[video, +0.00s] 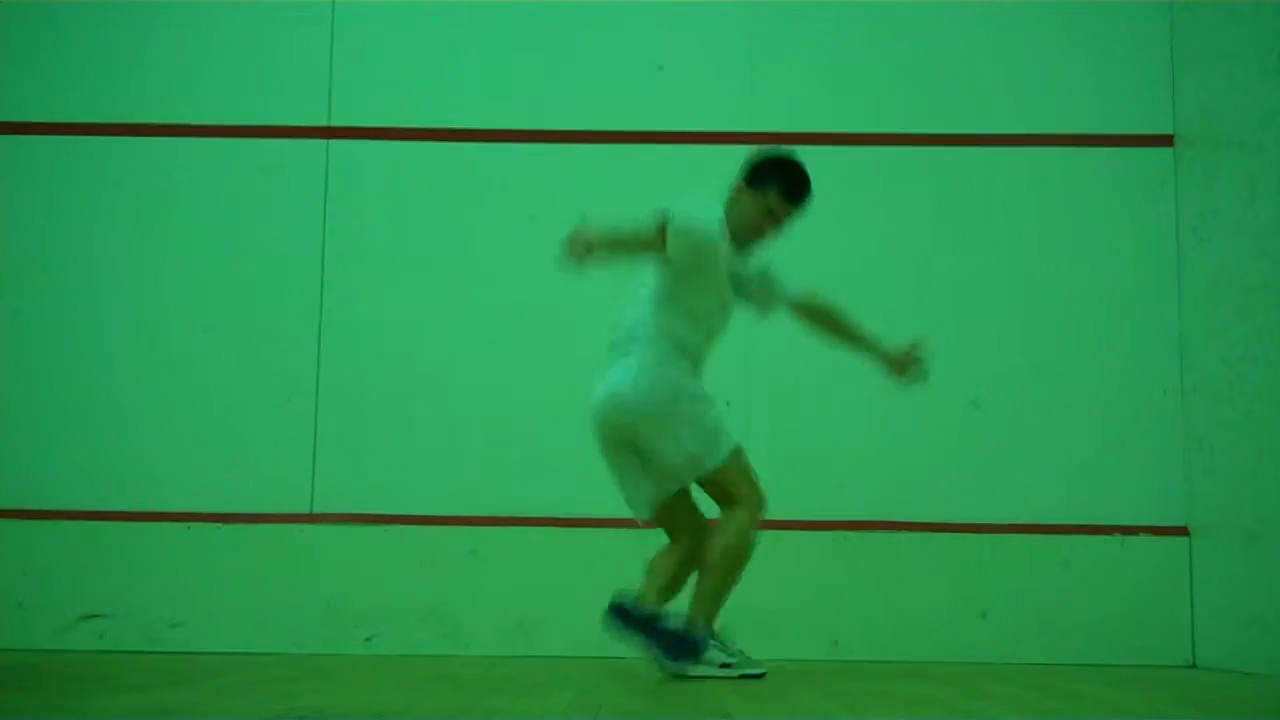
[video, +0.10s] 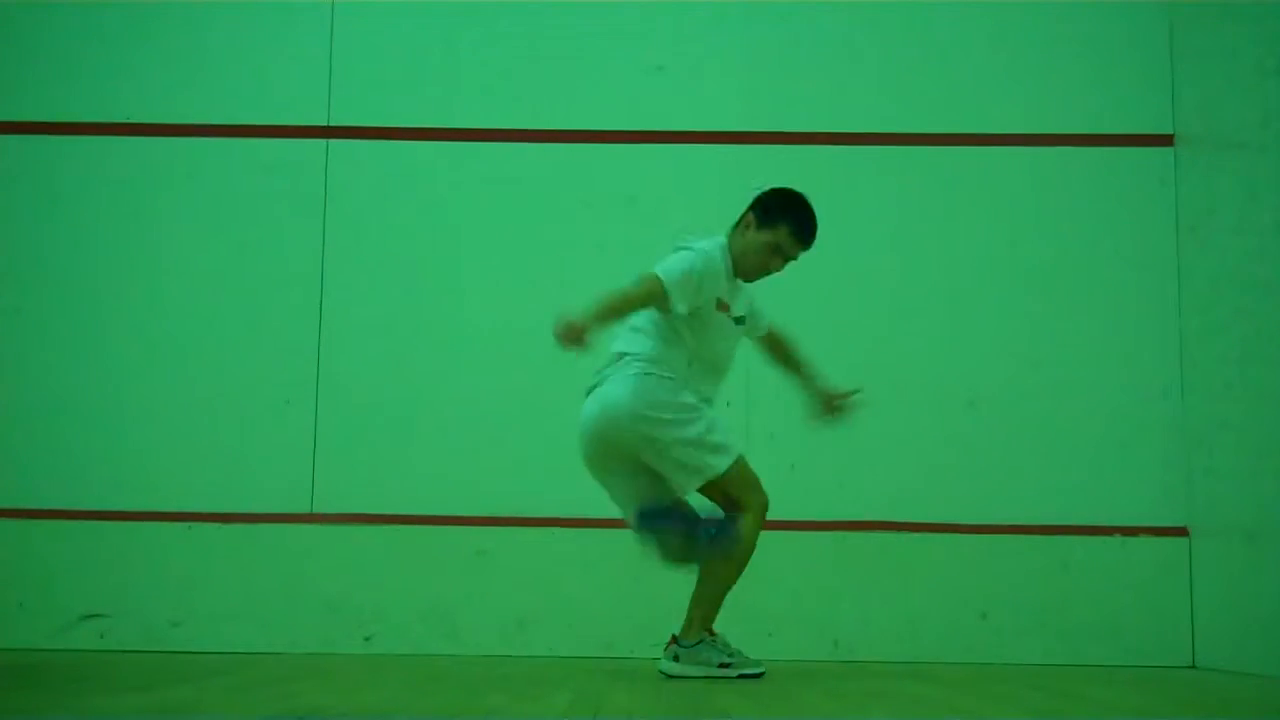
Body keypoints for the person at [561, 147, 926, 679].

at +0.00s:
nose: (769, 226)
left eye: (780, 220)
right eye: (767, 210)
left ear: (784, 221)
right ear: (740, 191)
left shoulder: (744, 272)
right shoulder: (699, 234)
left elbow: (810, 309)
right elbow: (645, 238)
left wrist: (883, 355)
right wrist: (592, 243)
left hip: (616, 402)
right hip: (659, 389)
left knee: (691, 534)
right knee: (746, 503)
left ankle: (639, 609)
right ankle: (696, 634)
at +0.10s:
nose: (776, 267)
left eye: (788, 261)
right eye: (776, 251)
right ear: (748, 223)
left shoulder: (741, 299)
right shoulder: (702, 261)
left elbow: (775, 342)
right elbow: (642, 292)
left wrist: (817, 390)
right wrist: (586, 321)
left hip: (601, 422)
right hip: (648, 400)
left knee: (685, 536)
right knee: (749, 503)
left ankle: (680, 533)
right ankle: (693, 640)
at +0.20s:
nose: (763, 253)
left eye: (773, 247)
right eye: (764, 238)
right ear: (736, 211)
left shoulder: (706, 272)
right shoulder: (694, 250)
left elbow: (683, 346)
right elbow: (659, 294)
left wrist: (707, 400)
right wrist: (647, 340)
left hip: (595, 418)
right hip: (634, 399)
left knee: (701, 514)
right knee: (731, 493)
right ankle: (691, 639)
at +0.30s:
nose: (743, 217)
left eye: (752, 210)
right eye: (746, 202)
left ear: (715, 177)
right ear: (720, 175)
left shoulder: (660, 214)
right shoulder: (683, 208)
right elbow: (666, 263)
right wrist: (681, 325)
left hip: (581, 372)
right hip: (626, 363)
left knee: (658, 508)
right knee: (709, 486)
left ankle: (576, 507)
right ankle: (688, 637)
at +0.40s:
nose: (716, 188)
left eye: (724, 180)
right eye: (717, 173)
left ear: (676, 150)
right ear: (687, 147)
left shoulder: (606, 205)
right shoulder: (665, 181)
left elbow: (545, 275)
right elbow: (648, 233)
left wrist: (497, 348)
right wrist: (683, 307)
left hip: (576, 359)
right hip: (633, 350)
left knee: (574, 512)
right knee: (720, 469)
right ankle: (703, 616)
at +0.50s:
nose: (690, 182)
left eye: (696, 173)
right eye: (690, 168)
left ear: (647, 146)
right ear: (661, 144)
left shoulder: (572, 202)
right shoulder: (646, 178)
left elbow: (501, 258)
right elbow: (679, 212)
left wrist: (455, 323)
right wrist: (741, 249)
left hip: (584, 367)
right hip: (649, 348)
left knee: (555, 508)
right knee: (738, 416)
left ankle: (509, 635)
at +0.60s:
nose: (685, 152)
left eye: (688, 144)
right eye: (683, 141)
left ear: (634, 122)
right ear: (655, 122)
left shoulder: (558, 181)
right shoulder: (653, 152)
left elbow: (481, 230)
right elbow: (718, 157)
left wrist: (437, 288)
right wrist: (799, 172)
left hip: (608, 343)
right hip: (680, 310)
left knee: (576, 481)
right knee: (725, 385)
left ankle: (547, 619)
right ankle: (804, 438)